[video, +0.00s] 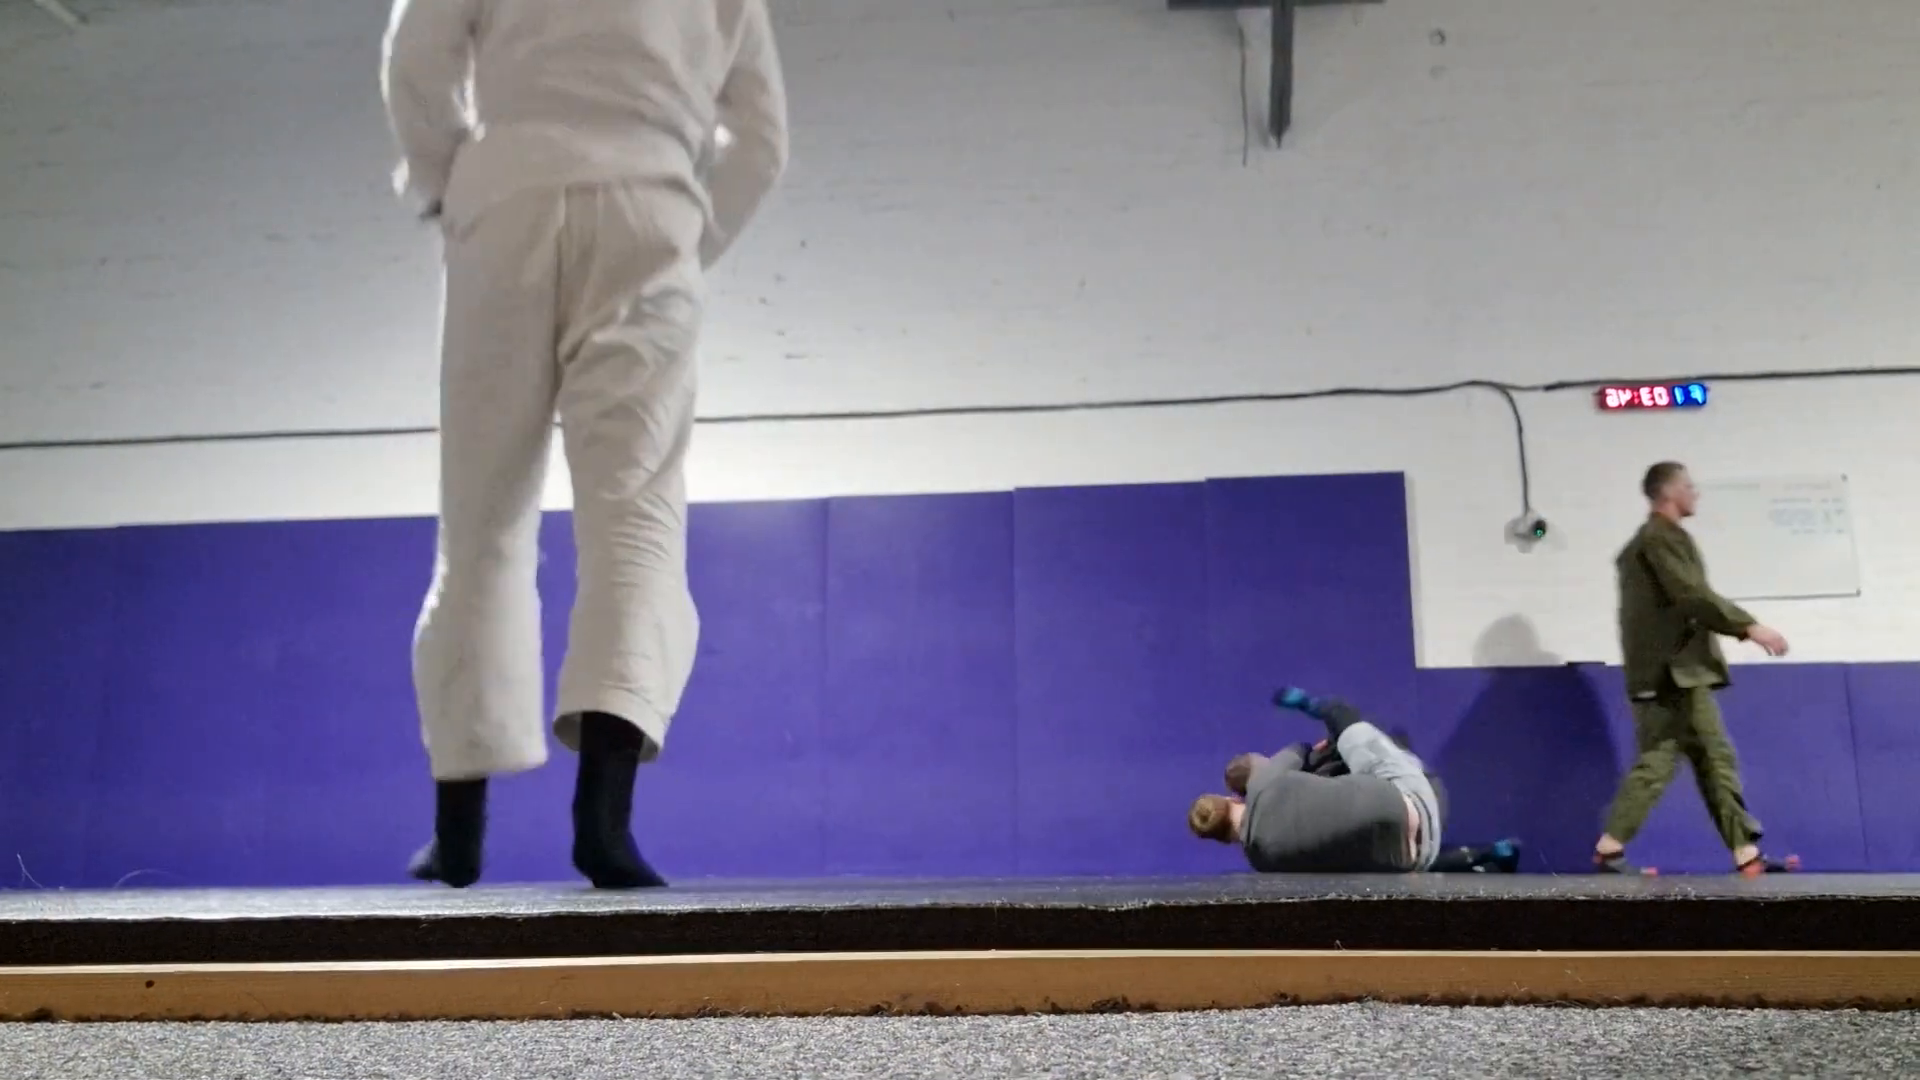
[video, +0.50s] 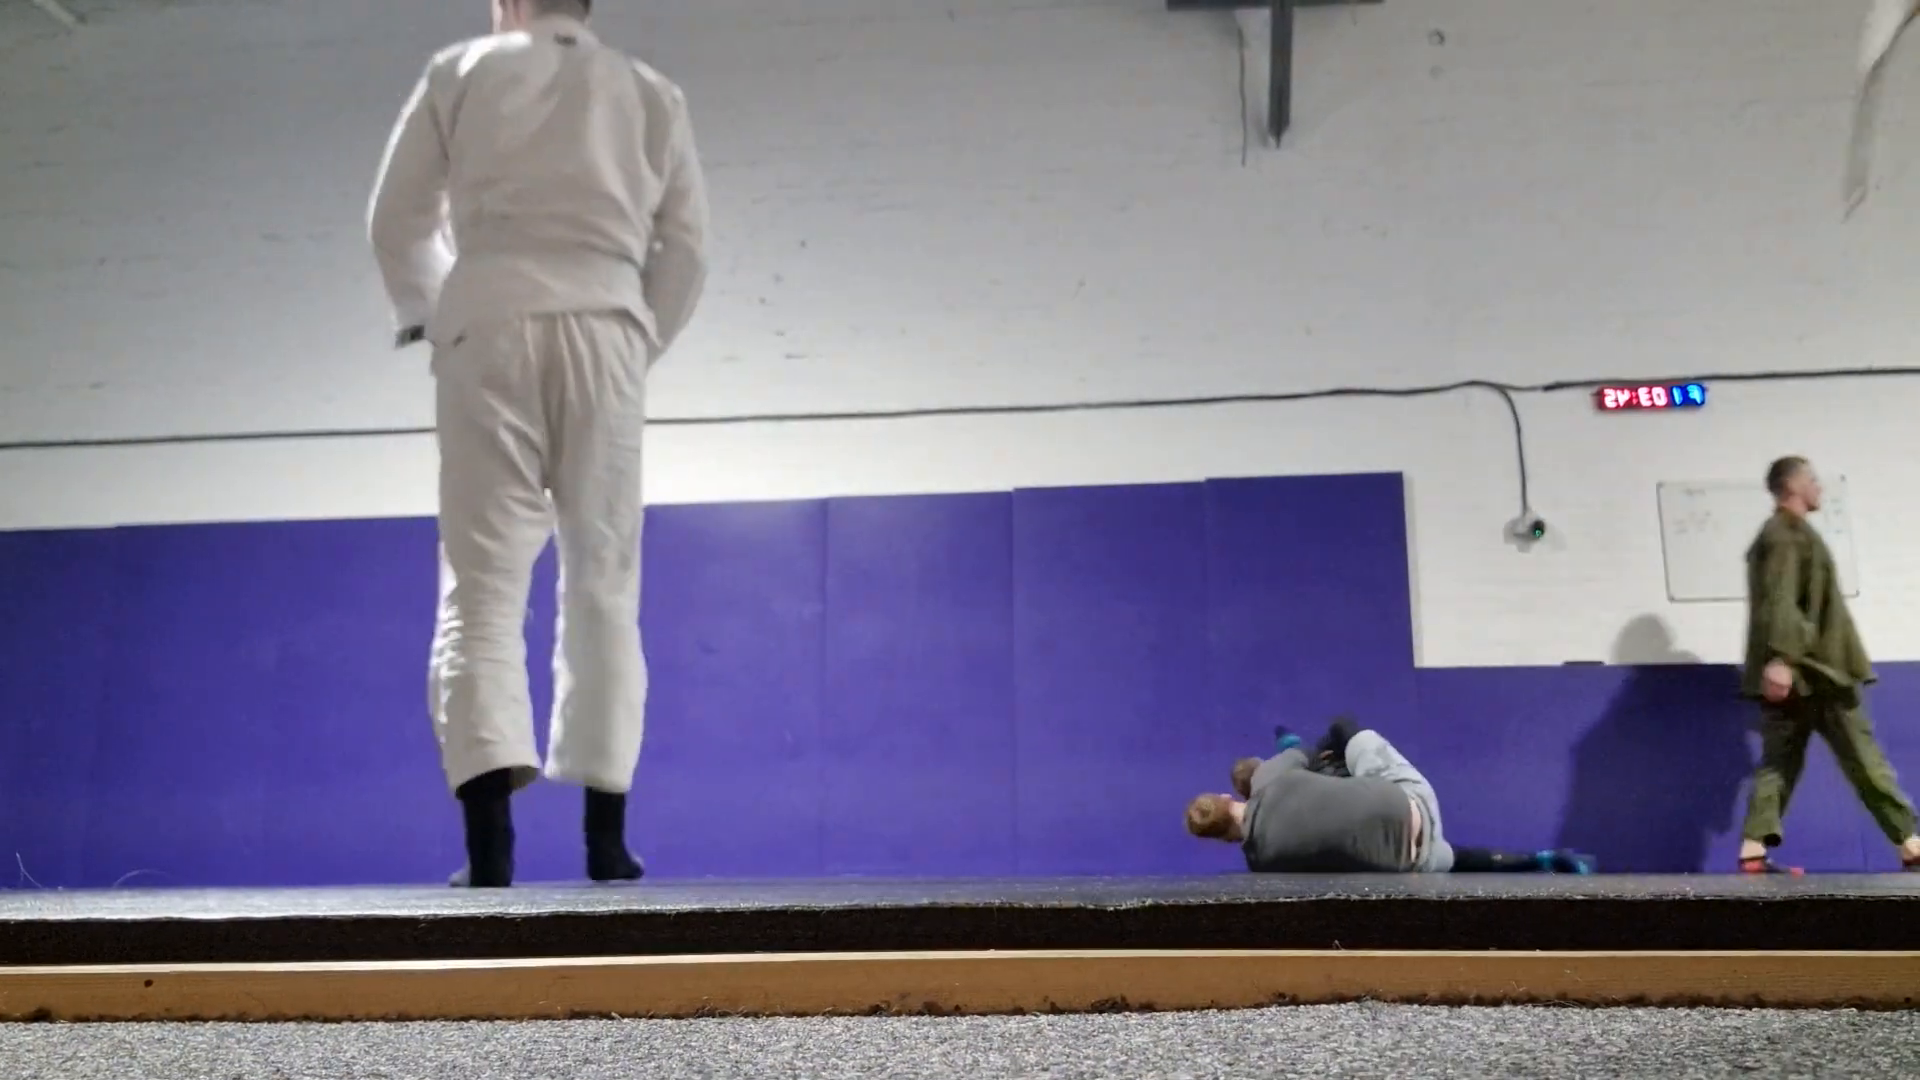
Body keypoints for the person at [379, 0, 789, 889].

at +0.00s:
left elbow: (413, 58)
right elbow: (763, 137)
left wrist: (448, 185)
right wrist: (682, 236)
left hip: (504, 182)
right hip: (646, 185)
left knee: (485, 514)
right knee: (634, 503)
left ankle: (458, 833)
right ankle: (604, 821)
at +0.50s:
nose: (492, 18)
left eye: (492, 10)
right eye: (499, 13)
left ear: (505, 8)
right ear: (587, 12)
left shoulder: (458, 72)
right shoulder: (652, 92)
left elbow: (396, 218)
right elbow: (685, 246)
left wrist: (436, 316)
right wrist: (635, 338)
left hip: (486, 323)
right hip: (606, 329)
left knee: (483, 579)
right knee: (604, 578)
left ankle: (488, 848)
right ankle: (607, 838)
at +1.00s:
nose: (476, 126)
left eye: (479, 110)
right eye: (476, 112)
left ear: (508, 103)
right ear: (553, 107)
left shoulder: (497, 166)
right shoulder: (628, 205)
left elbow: (451, 260)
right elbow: (647, 337)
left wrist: (423, 360)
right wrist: (608, 407)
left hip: (516, 408)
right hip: (612, 418)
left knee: (454, 617)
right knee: (588, 626)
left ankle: (478, 844)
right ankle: (593, 854)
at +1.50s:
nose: (451, 175)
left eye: (466, 162)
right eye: (445, 164)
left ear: (511, 170)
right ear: (442, 176)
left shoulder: (547, 244)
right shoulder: (456, 263)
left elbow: (566, 354)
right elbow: (427, 376)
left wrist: (488, 417)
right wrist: (401, 442)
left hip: (533, 476)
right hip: (487, 480)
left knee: (460, 661)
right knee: (440, 667)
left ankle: (483, 852)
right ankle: (475, 848)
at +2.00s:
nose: (535, 204)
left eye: (550, 194)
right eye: (524, 190)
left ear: (568, 212)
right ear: (496, 198)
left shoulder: (596, 300)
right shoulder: (449, 285)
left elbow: (620, 403)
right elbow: (401, 387)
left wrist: (601, 463)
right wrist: (430, 448)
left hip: (564, 503)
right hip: (474, 500)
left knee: (569, 676)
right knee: (459, 675)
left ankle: (565, 849)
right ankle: (475, 849)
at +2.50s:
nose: (586, 233)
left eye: (600, 223)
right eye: (575, 217)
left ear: (616, 230)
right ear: (548, 214)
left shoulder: (633, 311)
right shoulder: (503, 280)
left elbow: (663, 404)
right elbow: (465, 329)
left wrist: (698, 482)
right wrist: (539, 264)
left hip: (603, 499)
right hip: (516, 493)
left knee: (594, 667)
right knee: (484, 666)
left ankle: (569, 846)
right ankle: (480, 848)